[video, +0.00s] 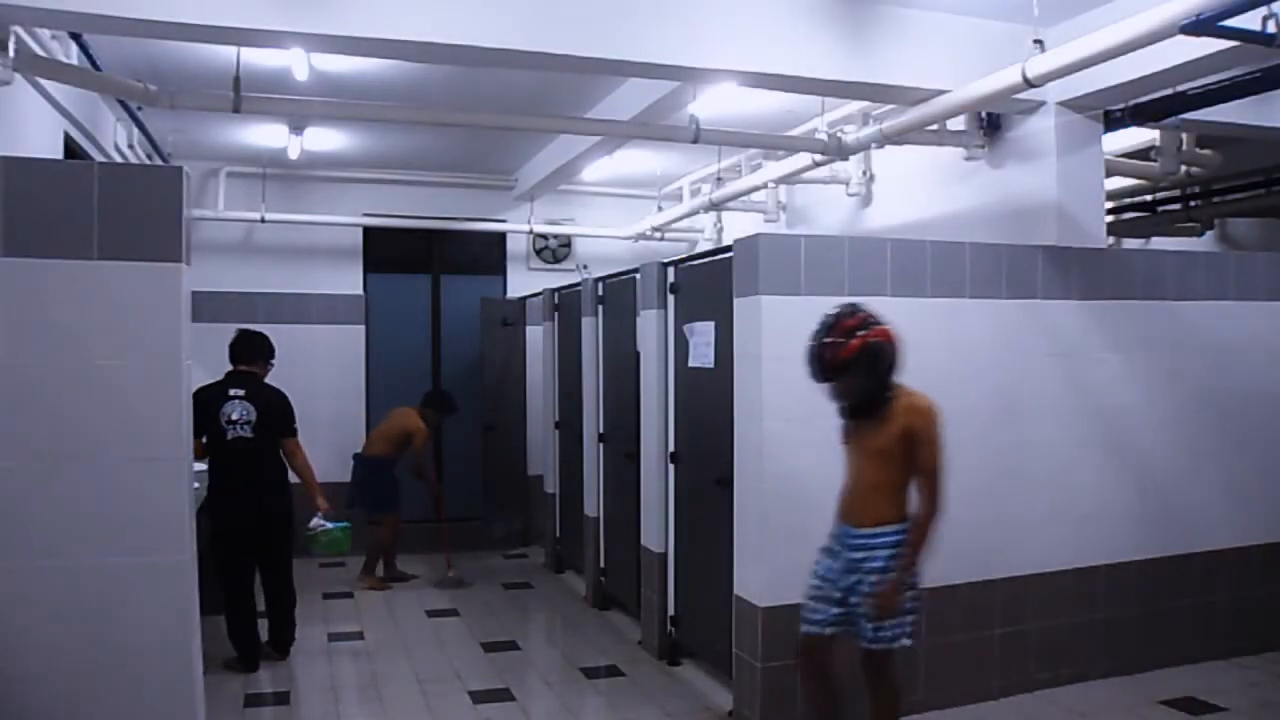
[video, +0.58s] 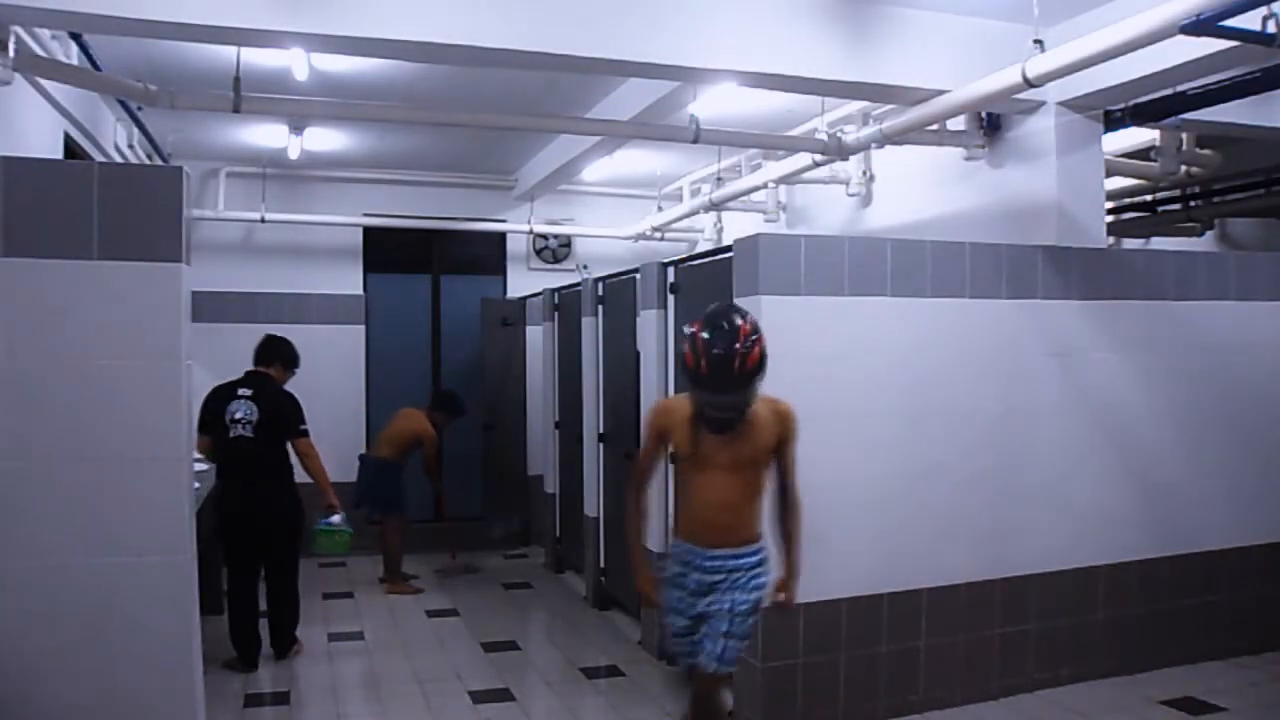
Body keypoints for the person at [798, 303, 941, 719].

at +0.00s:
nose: (835, 391)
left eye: (843, 379)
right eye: (831, 380)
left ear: (872, 369)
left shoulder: (915, 413)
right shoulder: (854, 411)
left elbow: (929, 503)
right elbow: (859, 483)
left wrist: (900, 577)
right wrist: (840, 544)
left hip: (886, 549)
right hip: (841, 544)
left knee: (877, 660)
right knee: (812, 649)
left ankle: (885, 714)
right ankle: (826, 714)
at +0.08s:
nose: (812, 394)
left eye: (820, 381)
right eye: (807, 383)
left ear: (850, 371)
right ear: (804, 378)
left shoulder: (893, 414)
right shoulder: (828, 416)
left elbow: (909, 505)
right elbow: (835, 486)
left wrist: (868, 581)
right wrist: (818, 546)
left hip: (867, 555)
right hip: (820, 551)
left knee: (870, 672)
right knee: (794, 665)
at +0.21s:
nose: (778, 406)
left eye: (786, 393)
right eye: (771, 396)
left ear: (813, 378)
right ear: (765, 385)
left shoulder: (855, 418)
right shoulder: (786, 418)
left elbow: (875, 511)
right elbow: (790, 491)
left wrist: (847, 589)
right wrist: (775, 550)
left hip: (826, 561)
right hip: (776, 557)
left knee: (833, 680)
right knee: (755, 672)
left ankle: (864, 713)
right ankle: (748, 713)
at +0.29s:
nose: (758, 403)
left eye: (767, 390)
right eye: (750, 392)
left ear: (792, 377)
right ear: (743, 384)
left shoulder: (834, 418)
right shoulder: (753, 415)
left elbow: (852, 507)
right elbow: (748, 488)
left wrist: (840, 589)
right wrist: (738, 554)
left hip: (805, 561)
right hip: (750, 557)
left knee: (791, 683)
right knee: (734, 671)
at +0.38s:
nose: (745, 404)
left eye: (755, 393)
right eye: (736, 394)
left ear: (778, 375)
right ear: (725, 381)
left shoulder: (819, 417)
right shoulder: (722, 414)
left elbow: (834, 503)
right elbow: (712, 492)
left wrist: (830, 585)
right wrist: (699, 564)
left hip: (786, 560)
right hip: (729, 555)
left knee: (761, 679)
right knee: (724, 677)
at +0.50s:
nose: (729, 411)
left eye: (741, 401)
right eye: (720, 399)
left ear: (763, 381)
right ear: (704, 383)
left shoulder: (793, 416)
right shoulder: (685, 414)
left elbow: (806, 494)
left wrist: (807, 571)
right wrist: (655, 563)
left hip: (759, 563)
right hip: (700, 560)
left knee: (726, 680)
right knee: (713, 679)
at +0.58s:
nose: (718, 414)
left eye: (730, 404)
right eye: (708, 402)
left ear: (753, 385)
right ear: (690, 383)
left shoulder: (776, 420)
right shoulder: (669, 417)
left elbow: (787, 495)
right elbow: (635, 486)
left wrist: (790, 569)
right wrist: (639, 565)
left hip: (743, 567)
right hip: (685, 564)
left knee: (709, 679)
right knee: (697, 677)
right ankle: (722, 707)